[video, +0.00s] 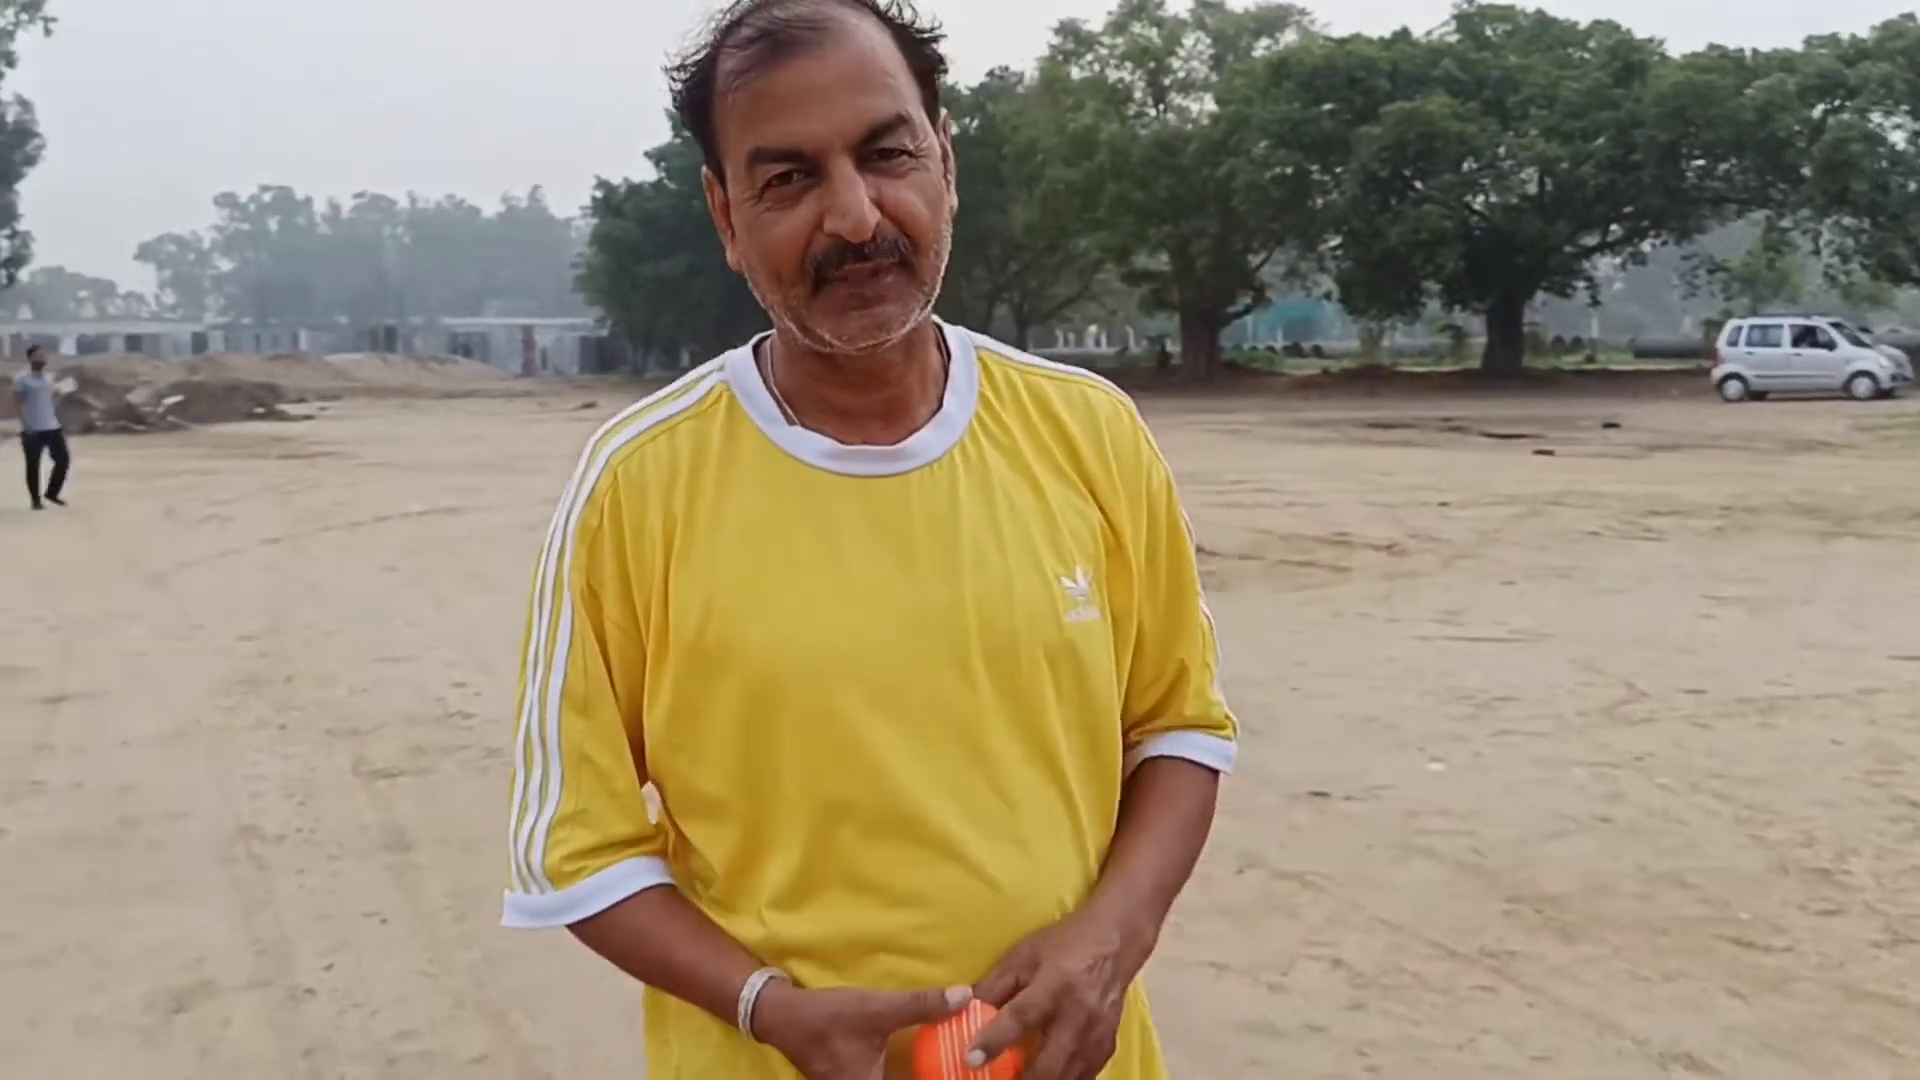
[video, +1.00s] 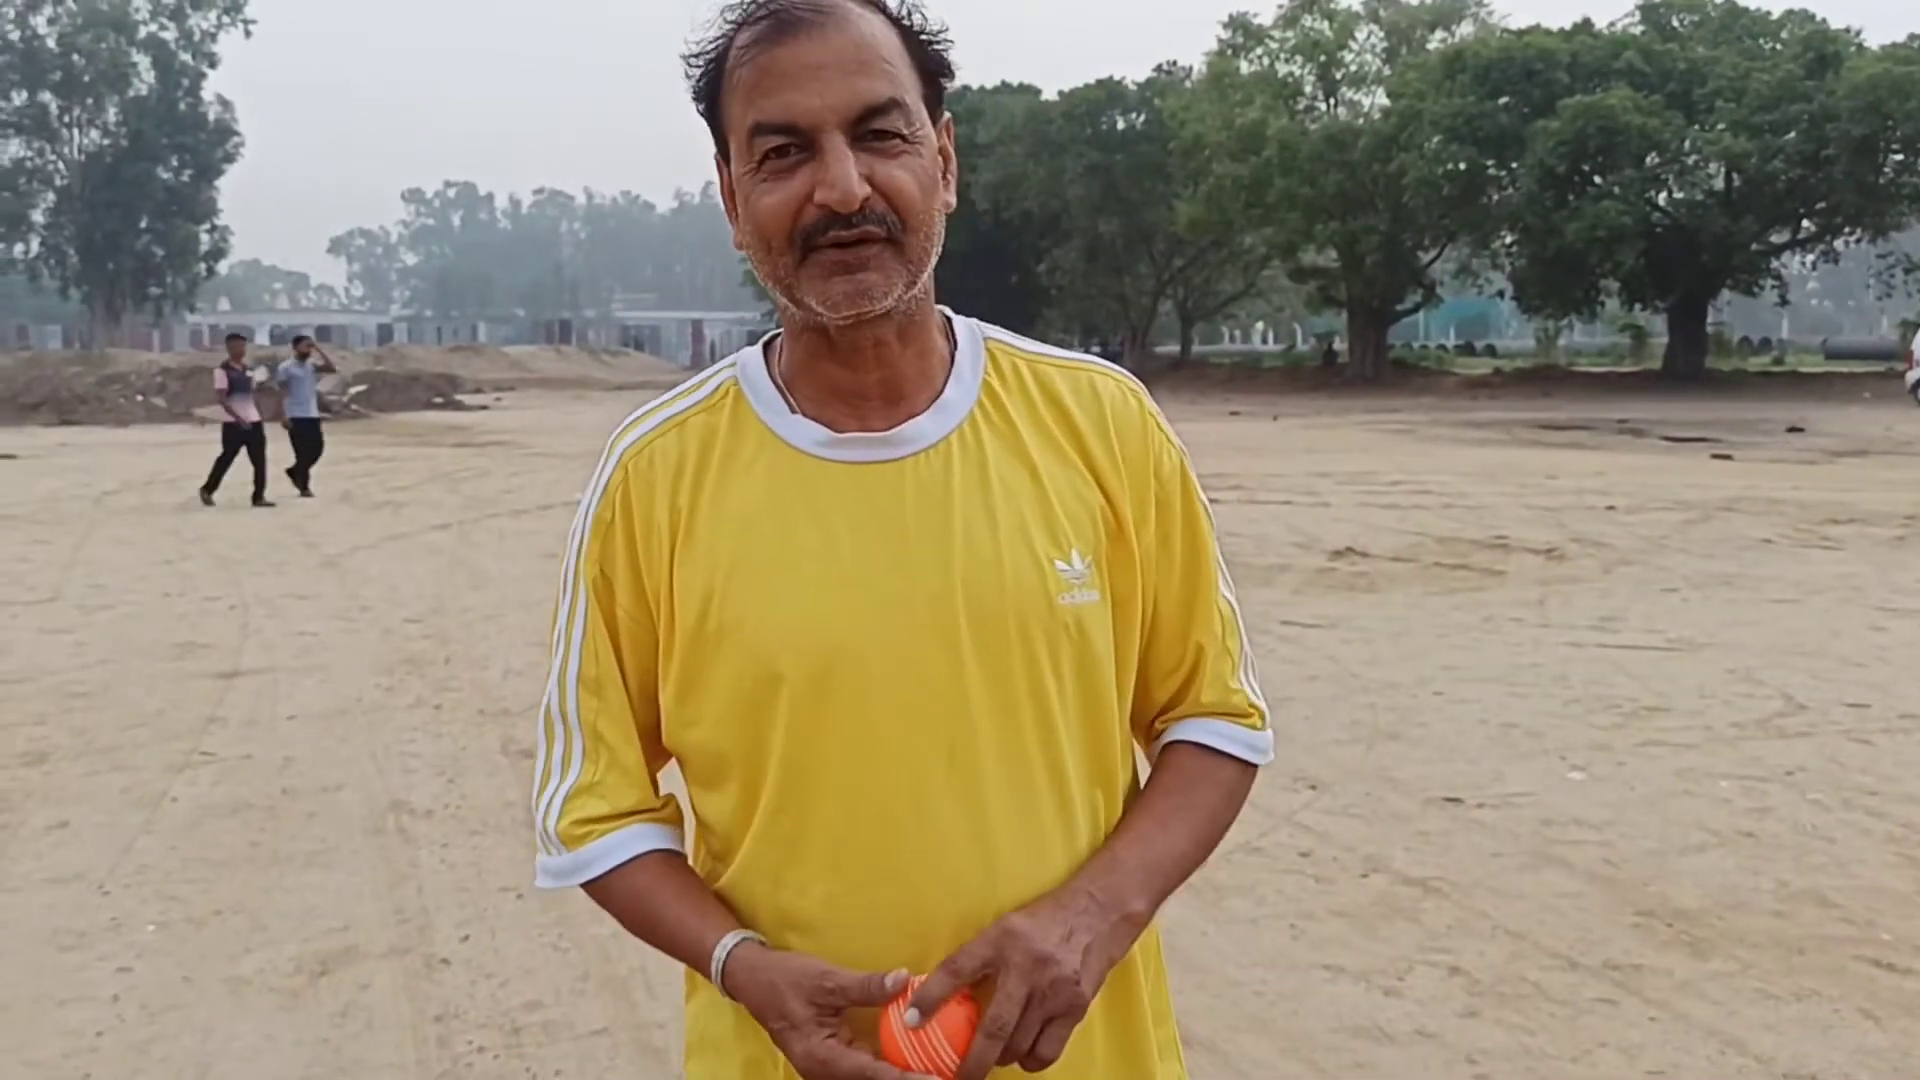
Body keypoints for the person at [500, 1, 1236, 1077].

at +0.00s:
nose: (854, 216)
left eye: (888, 153)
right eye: (790, 178)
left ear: (948, 169)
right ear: (726, 222)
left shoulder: (1091, 434)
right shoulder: (636, 483)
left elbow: (1184, 725)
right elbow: (580, 850)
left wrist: (1112, 935)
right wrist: (776, 1008)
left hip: (1078, 1050)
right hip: (763, 1056)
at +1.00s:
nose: (843, 187)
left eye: (880, 135)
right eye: (783, 153)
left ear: (945, 165)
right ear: (732, 205)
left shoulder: (1105, 425)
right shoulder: (655, 473)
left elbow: (1219, 720)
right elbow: (592, 808)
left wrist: (1096, 909)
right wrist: (745, 967)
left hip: (1091, 1051)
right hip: (782, 1054)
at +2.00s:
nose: (1075, 191)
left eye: (1113, 140)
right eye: (1020, 153)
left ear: (1165, 164)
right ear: (954, 195)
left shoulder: (1302, 422)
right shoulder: (862, 454)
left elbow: (1392, 712)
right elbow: (789, 774)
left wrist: (1301, 893)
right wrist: (962, 924)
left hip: (1272, 1049)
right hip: (976, 1054)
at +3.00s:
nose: (1300, 184)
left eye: (1335, 140)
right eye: (1245, 147)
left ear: (1378, 176)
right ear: (1177, 191)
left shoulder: (1489, 425)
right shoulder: (1070, 437)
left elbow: (1642, 720)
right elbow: (926, 719)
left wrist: (1573, 714)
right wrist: (1187, 700)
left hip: (1435, 1032)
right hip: (1157, 1038)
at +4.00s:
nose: (1344, 256)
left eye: (1382, 208)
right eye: (1285, 219)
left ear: (1435, 239)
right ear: (1216, 265)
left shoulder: (1550, 510)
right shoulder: (1096, 511)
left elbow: (1732, 854)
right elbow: (897, 778)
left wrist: (1637, 753)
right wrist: (1199, 747)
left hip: (1486, 1057)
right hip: (1164, 1057)